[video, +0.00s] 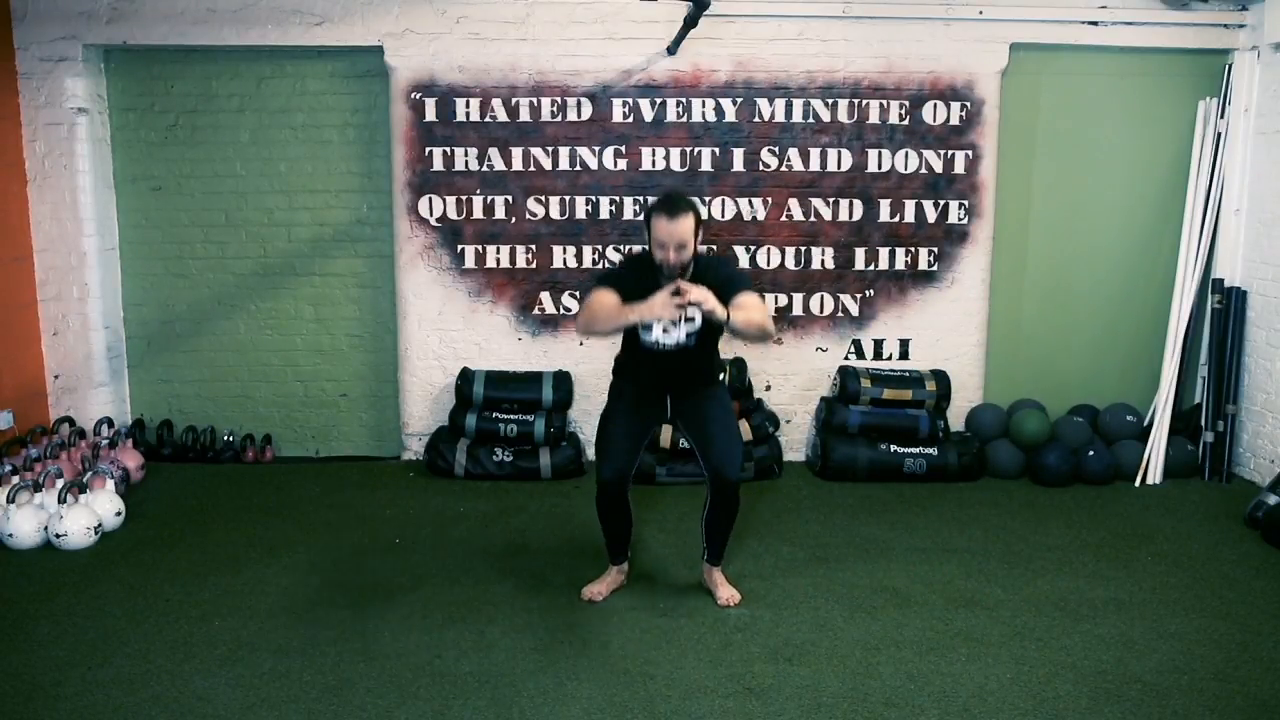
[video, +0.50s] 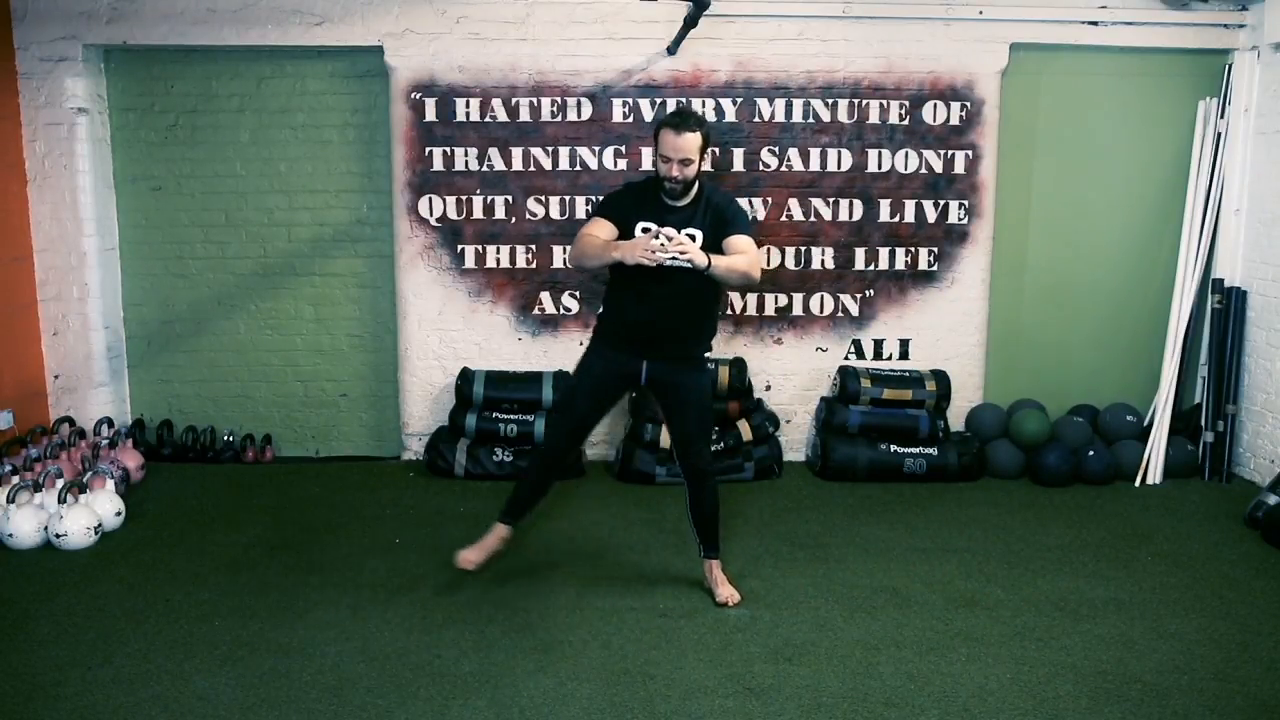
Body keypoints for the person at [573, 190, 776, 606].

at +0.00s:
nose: (670, 256)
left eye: (680, 247)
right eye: (661, 246)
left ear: (696, 238)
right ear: (649, 239)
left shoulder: (717, 273)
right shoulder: (633, 271)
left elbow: (763, 326)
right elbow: (587, 320)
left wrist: (722, 313)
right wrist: (645, 310)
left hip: (699, 388)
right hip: (637, 388)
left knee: (727, 473)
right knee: (610, 476)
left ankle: (713, 568)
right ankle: (618, 565)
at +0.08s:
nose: (674, 216)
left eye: (683, 206)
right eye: (665, 206)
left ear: (699, 199)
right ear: (652, 199)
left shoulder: (722, 239)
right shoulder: (631, 236)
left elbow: (765, 295)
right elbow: (591, 290)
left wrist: (724, 287)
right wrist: (641, 285)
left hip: (702, 367)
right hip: (638, 366)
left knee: (720, 466)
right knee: (618, 464)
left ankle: (714, 563)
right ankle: (618, 563)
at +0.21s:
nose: (679, 179)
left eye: (689, 169)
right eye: (670, 168)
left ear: (706, 162)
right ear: (657, 161)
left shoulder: (728, 206)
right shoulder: (638, 201)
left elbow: (768, 268)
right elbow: (593, 265)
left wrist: (721, 264)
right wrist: (640, 262)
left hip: (704, 356)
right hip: (640, 353)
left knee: (713, 458)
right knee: (625, 457)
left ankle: (714, 562)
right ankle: (616, 559)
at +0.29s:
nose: (681, 172)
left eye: (692, 161)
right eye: (672, 160)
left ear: (710, 154)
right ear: (658, 153)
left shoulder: (731, 203)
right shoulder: (637, 196)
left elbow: (768, 261)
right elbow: (594, 256)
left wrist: (719, 257)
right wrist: (636, 253)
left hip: (703, 353)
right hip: (639, 350)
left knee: (712, 458)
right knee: (618, 453)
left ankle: (715, 563)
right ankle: (600, 556)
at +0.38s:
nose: (680, 168)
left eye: (690, 159)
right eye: (672, 158)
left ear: (709, 154)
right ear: (660, 153)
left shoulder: (731, 203)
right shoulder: (640, 196)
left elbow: (765, 261)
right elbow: (590, 254)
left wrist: (716, 255)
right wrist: (632, 248)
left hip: (700, 356)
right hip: (635, 351)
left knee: (709, 460)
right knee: (603, 451)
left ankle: (714, 562)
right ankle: (568, 551)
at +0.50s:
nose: (673, 171)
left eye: (684, 162)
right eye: (665, 160)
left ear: (703, 158)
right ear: (654, 154)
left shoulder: (720, 208)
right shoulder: (631, 195)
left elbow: (752, 268)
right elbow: (581, 252)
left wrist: (704, 260)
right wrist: (622, 250)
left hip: (682, 357)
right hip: (615, 347)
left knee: (697, 462)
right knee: (559, 438)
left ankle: (713, 562)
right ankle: (502, 529)